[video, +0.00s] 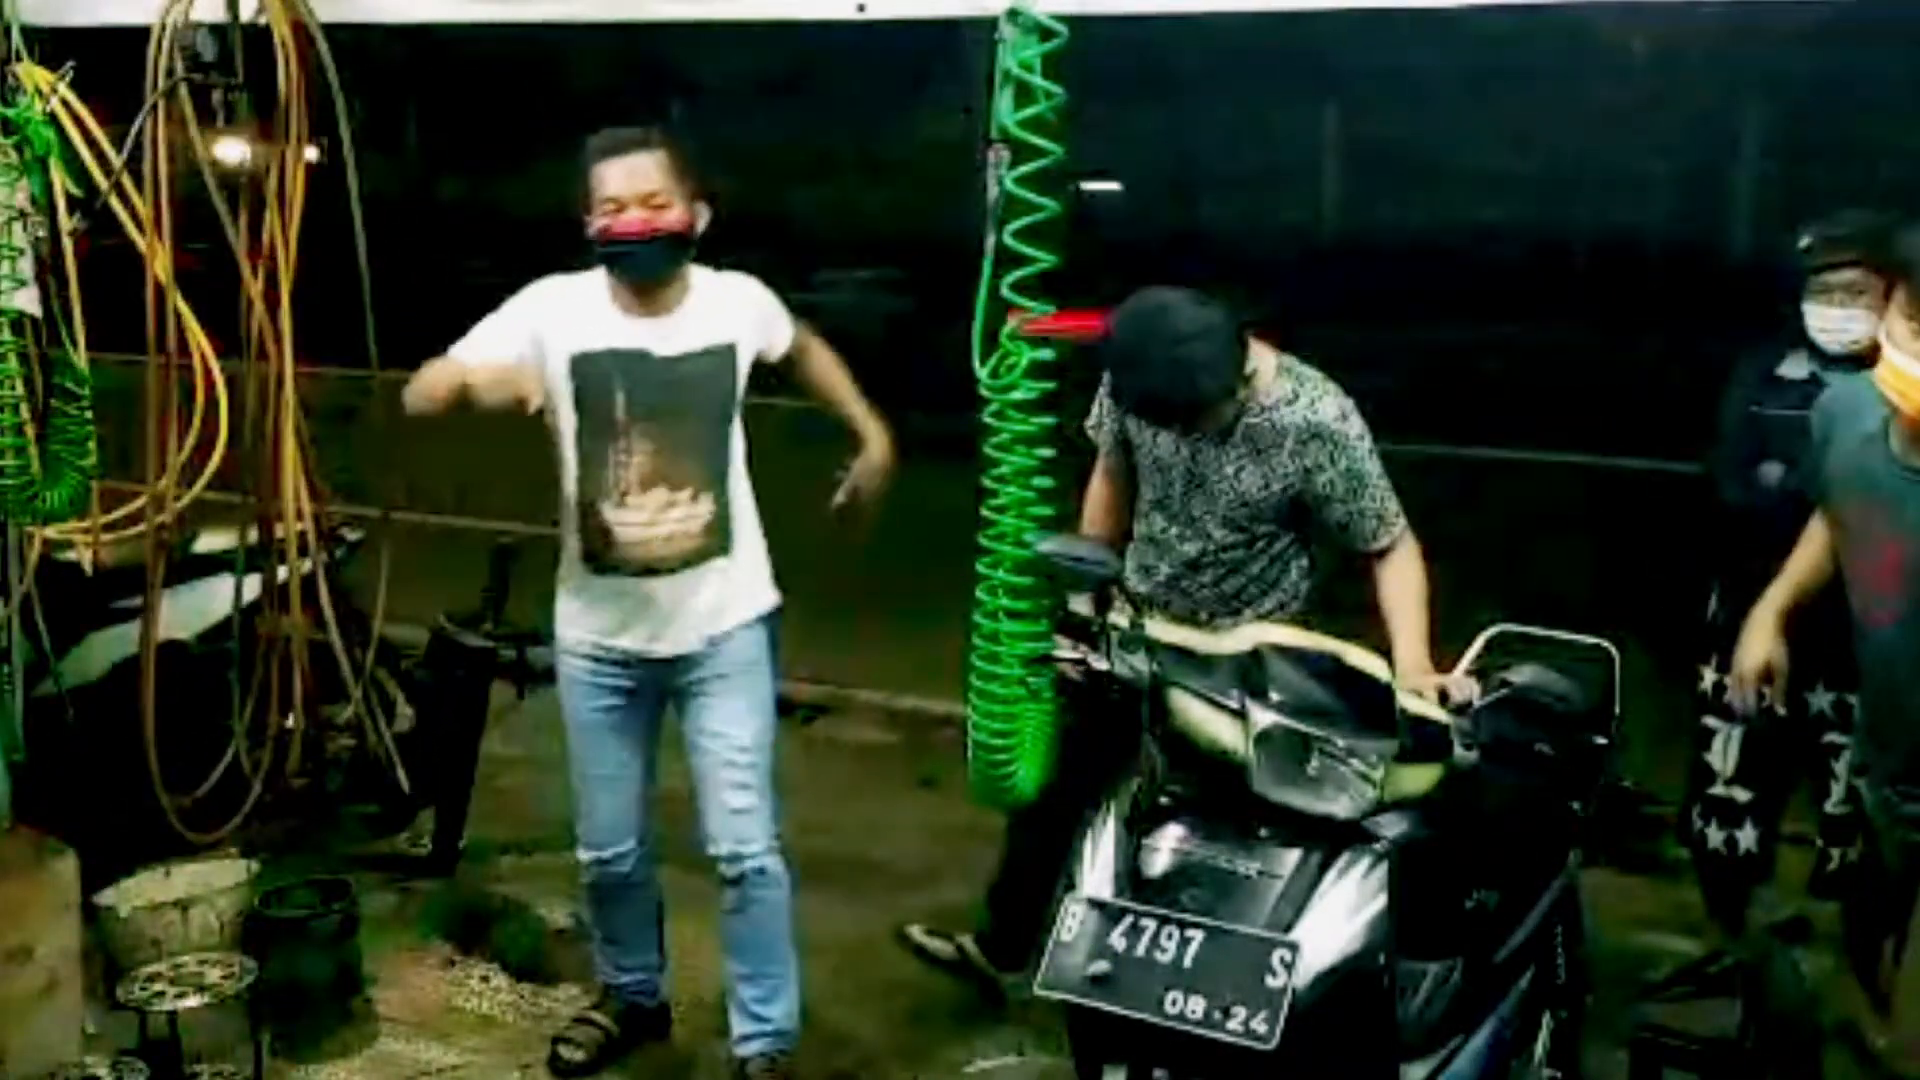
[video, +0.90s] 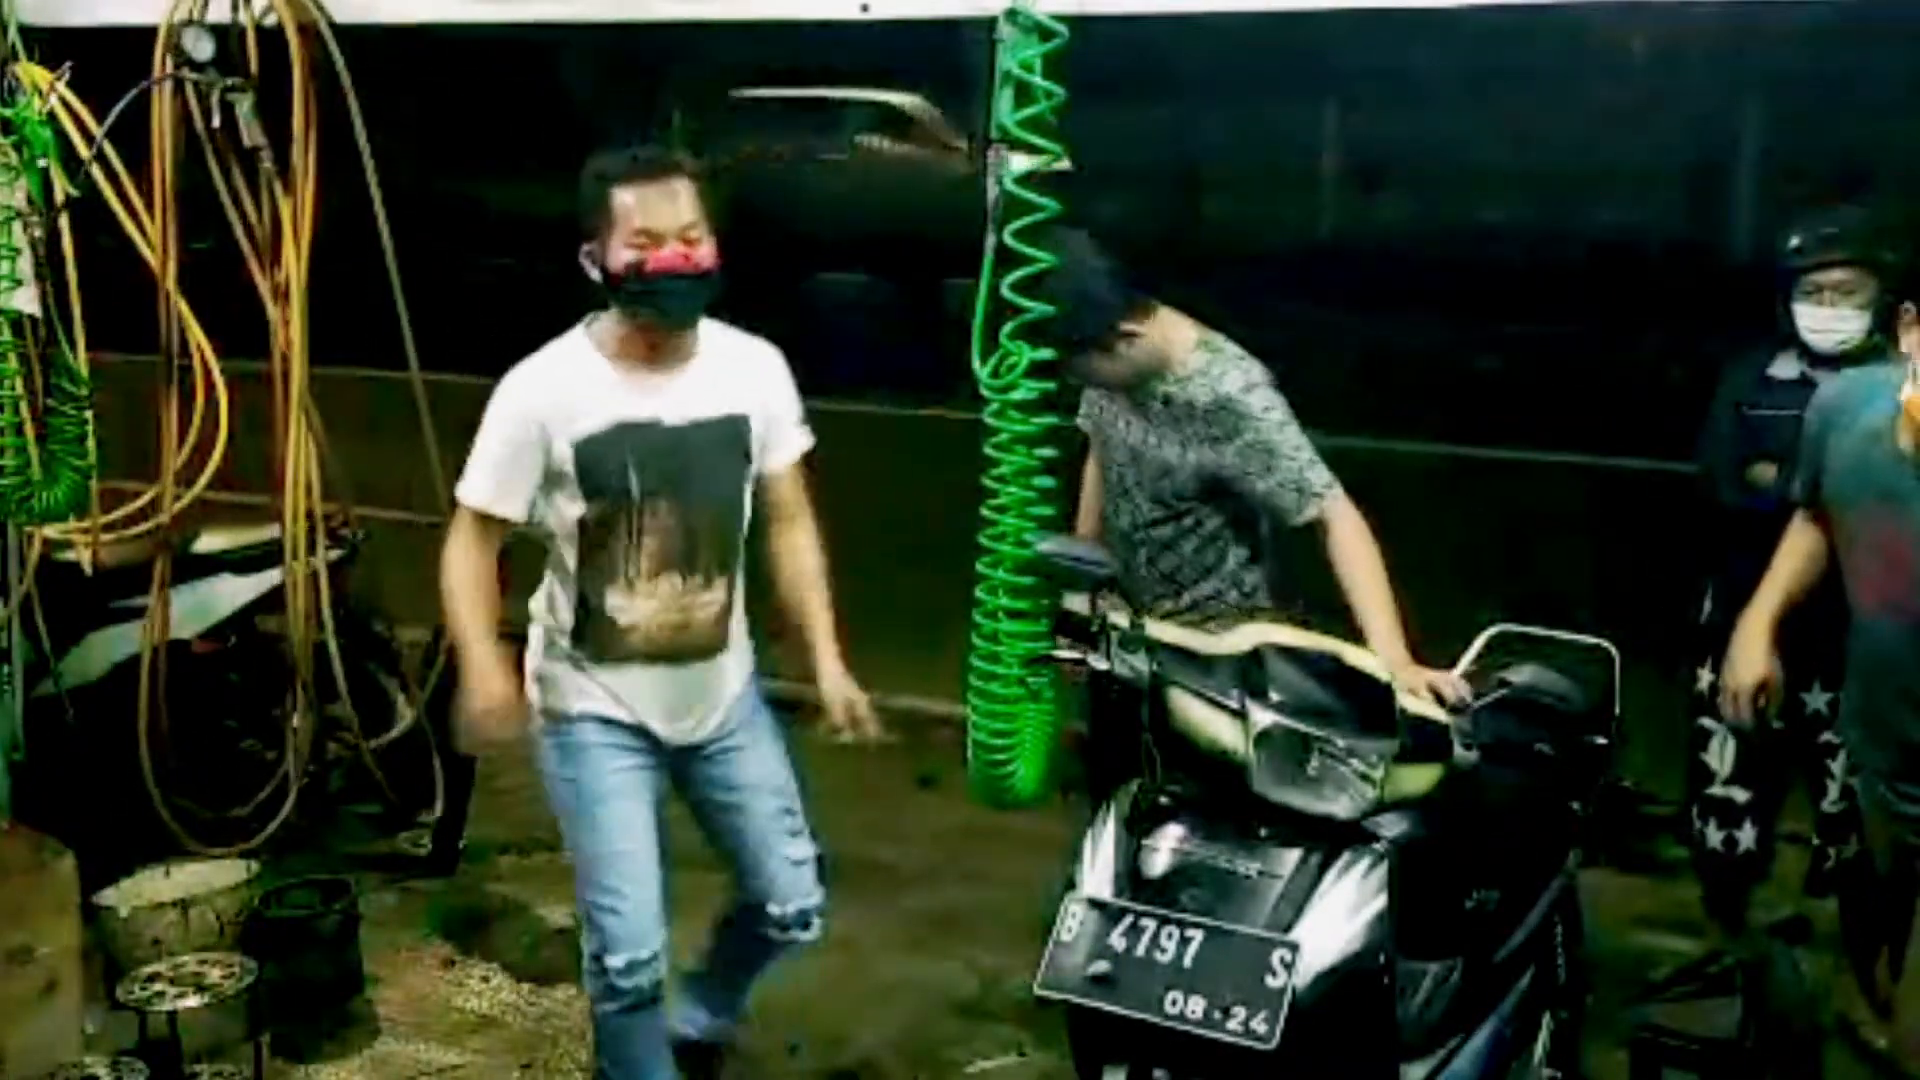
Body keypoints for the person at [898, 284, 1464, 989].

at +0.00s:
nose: (1178, 429)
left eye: (1187, 415)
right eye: (1161, 414)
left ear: (1222, 384)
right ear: (1138, 388)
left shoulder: (1315, 423)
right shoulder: (1132, 384)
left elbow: (1393, 546)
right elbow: (1110, 477)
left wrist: (1414, 670)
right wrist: (1085, 589)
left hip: (1252, 659)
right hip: (1138, 634)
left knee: (1251, 826)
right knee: (1056, 797)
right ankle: (1001, 948)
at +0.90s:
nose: (1085, 379)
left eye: (1083, 366)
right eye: (1074, 368)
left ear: (1114, 335)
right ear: (1111, 327)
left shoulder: (1231, 394)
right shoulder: (1114, 362)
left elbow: (1336, 515)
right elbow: (1101, 453)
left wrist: (1395, 661)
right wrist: (1084, 568)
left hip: (1225, 657)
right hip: (1129, 633)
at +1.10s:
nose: (1053, 348)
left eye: (1051, 335)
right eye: (1045, 339)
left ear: (1080, 305)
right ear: (1081, 304)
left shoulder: (1188, 371)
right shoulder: (1089, 347)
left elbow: (1247, 507)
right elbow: (1089, 471)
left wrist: (1277, 647)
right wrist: (1085, 566)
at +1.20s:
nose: (1030, 341)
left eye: (1027, 324)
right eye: (1021, 328)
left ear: (1054, 296)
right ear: (1054, 293)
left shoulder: (1158, 366)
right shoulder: (1092, 353)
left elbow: (1203, 518)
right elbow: (1099, 510)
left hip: (1159, 634)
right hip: (1106, 627)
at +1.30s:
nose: (1014, 338)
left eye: (1008, 322)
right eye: (1002, 326)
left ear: (1032, 293)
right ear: (1038, 287)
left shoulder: (1126, 360)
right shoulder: (1092, 353)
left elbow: (1152, 512)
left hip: (1153, 638)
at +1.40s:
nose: (1006, 333)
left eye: (998, 317)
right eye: (996, 321)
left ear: (1020, 292)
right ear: (1031, 284)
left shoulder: (1106, 353)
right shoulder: (1096, 345)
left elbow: (1121, 507)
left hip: (1142, 621)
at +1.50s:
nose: (1002, 326)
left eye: (994, 312)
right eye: (993, 315)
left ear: (1010, 288)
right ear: (1035, 271)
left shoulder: (1089, 350)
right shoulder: (1122, 332)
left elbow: (1080, 516)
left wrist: (992, 597)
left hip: (1112, 615)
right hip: (1148, 599)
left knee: (1086, 828)